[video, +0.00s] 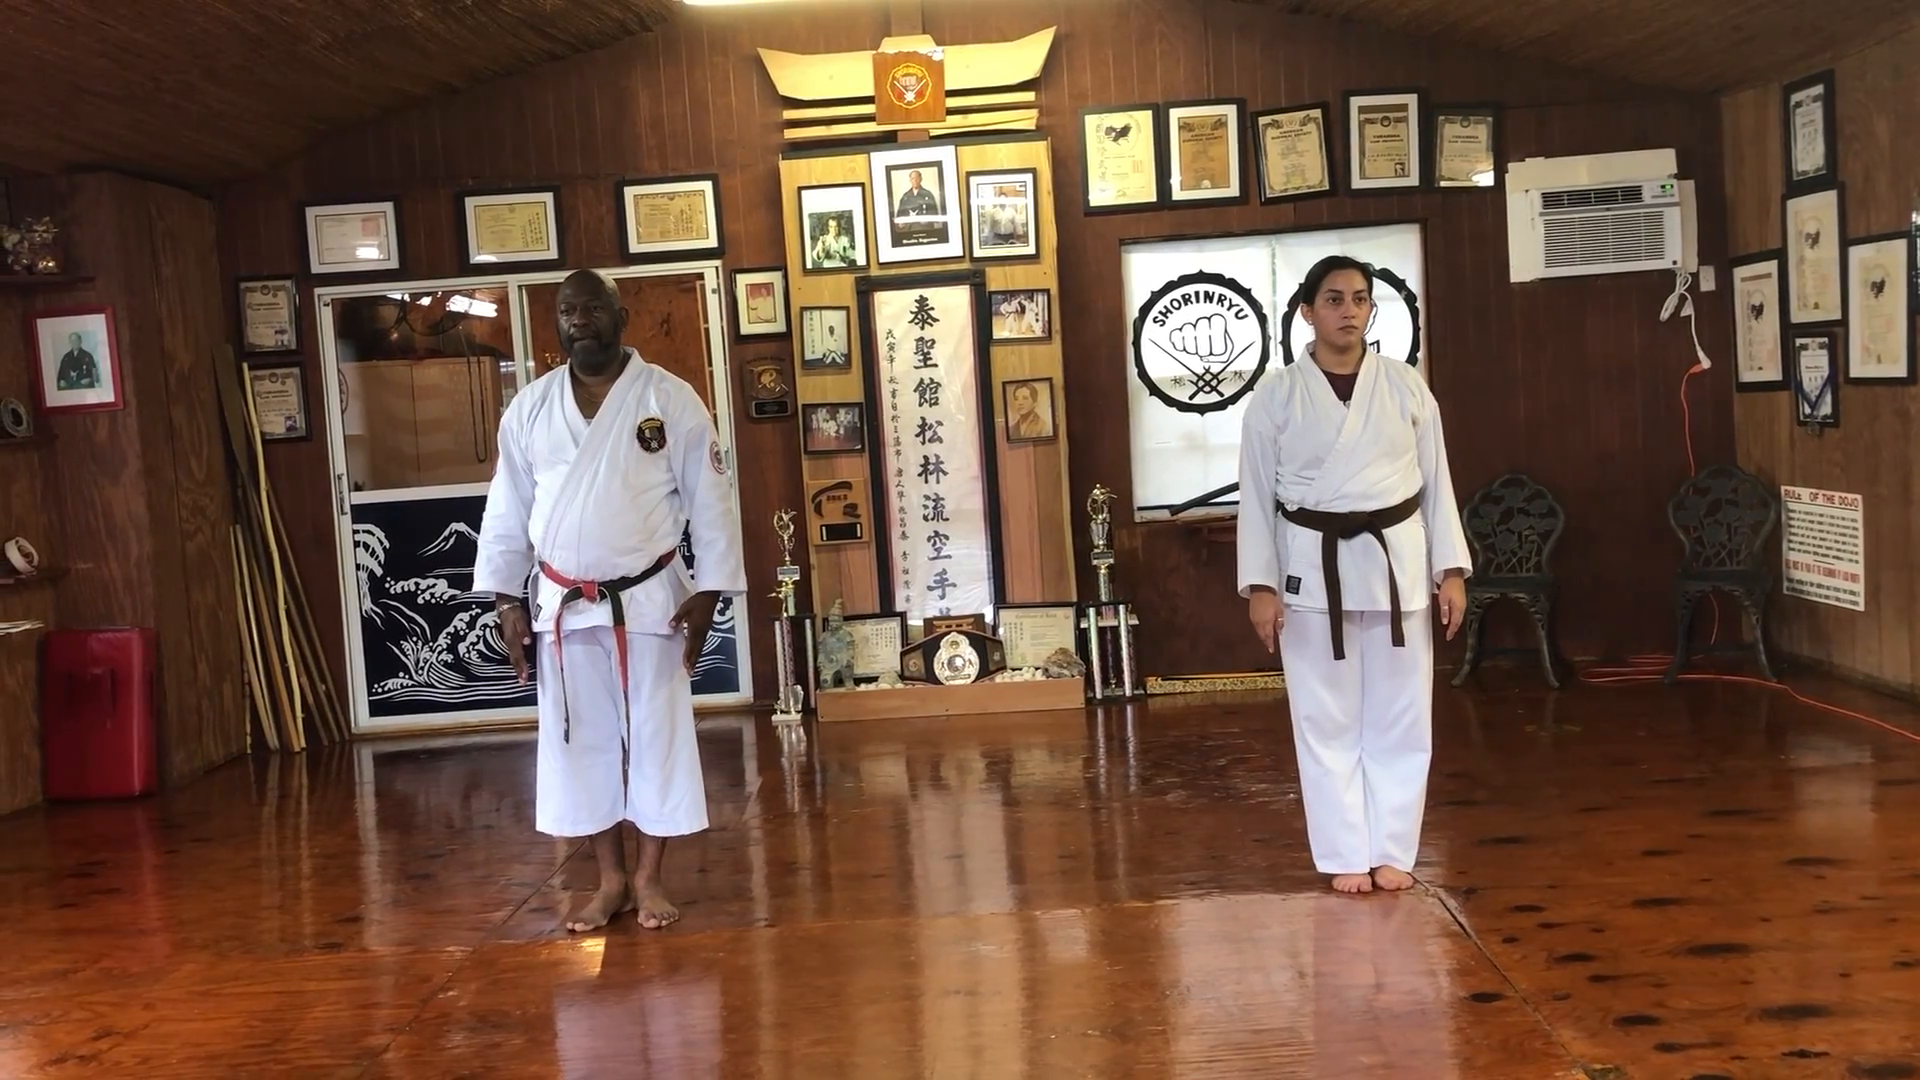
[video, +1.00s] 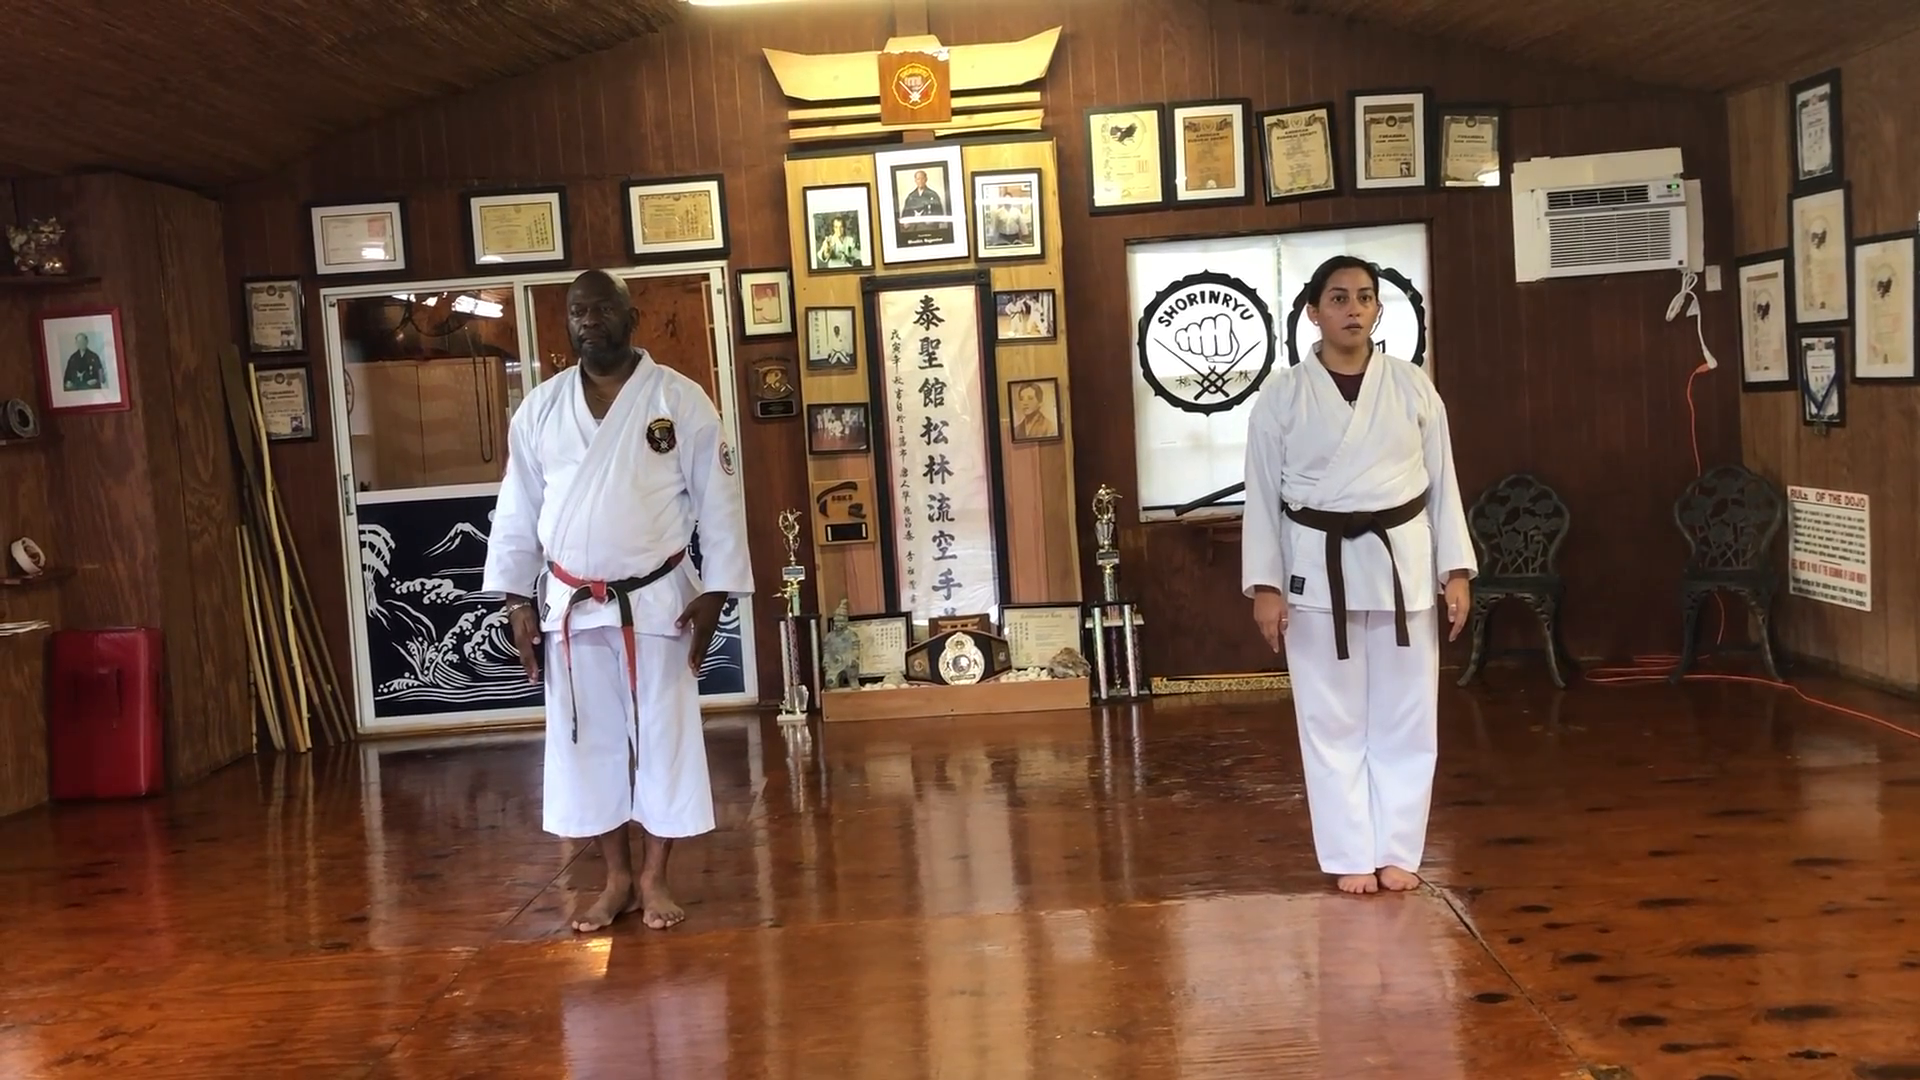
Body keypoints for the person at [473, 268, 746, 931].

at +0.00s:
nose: (581, 322)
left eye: (593, 310)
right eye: (570, 313)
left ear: (622, 318)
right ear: (556, 327)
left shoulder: (669, 398)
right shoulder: (528, 409)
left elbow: (711, 498)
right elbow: (508, 509)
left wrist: (711, 591)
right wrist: (506, 601)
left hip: (649, 592)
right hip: (563, 598)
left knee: (653, 735)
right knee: (583, 736)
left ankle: (647, 879)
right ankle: (610, 880)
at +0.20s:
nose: (583, 321)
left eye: (595, 309)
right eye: (573, 312)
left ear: (626, 318)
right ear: (559, 326)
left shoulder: (674, 399)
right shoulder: (532, 407)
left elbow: (714, 498)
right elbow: (512, 507)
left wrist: (712, 591)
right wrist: (508, 600)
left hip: (652, 591)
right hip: (566, 597)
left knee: (655, 734)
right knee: (584, 735)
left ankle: (648, 879)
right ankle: (612, 878)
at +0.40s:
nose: (587, 321)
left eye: (599, 309)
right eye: (576, 312)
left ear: (628, 317)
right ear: (562, 325)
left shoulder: (676, 398)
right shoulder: (535, 407)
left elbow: (716, 499)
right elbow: (515, 506)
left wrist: (714, 591)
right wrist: (512, 599)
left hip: (654, 591)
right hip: (569, 597)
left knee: (658, 733)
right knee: (587, 734)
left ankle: (650, 877)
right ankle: (614, 879)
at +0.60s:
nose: (588, 320)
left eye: (600, 309)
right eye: (578, 311)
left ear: (630, 317)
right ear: (564, 325)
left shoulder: (678, 398)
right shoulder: (536, 409)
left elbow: (719, 499)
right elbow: (517, 507)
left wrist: (716, 590)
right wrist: (514, 600)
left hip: (656, 591)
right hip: (570, 596)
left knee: (660, 733)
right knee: (589, 734)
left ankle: (651, 877)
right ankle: (616, 878)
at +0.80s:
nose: (588, 321)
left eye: (601, 309)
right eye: (578, 312)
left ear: (631, 317)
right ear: (565, 325)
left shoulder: (679, 398)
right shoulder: (538, 409)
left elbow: (719, 499)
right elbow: (518, 508)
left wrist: (717, 592)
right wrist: (516, 600)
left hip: (657, 591)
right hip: (571, 597)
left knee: (660, 734)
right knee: (589, 735)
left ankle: (652, 877)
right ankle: (616, 878)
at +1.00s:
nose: (590, 322)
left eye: (602, 311)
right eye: (579, 314)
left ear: (632, 318)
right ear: (566, 327)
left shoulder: (680, 400)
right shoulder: (538, 410)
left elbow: (719, 501)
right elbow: (518, 509)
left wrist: (717, 593)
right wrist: (516, 601)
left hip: (657, 593)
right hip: (572, 598)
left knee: (661, 736)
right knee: (588, 736)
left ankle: (652, 878)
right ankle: (616, 879)